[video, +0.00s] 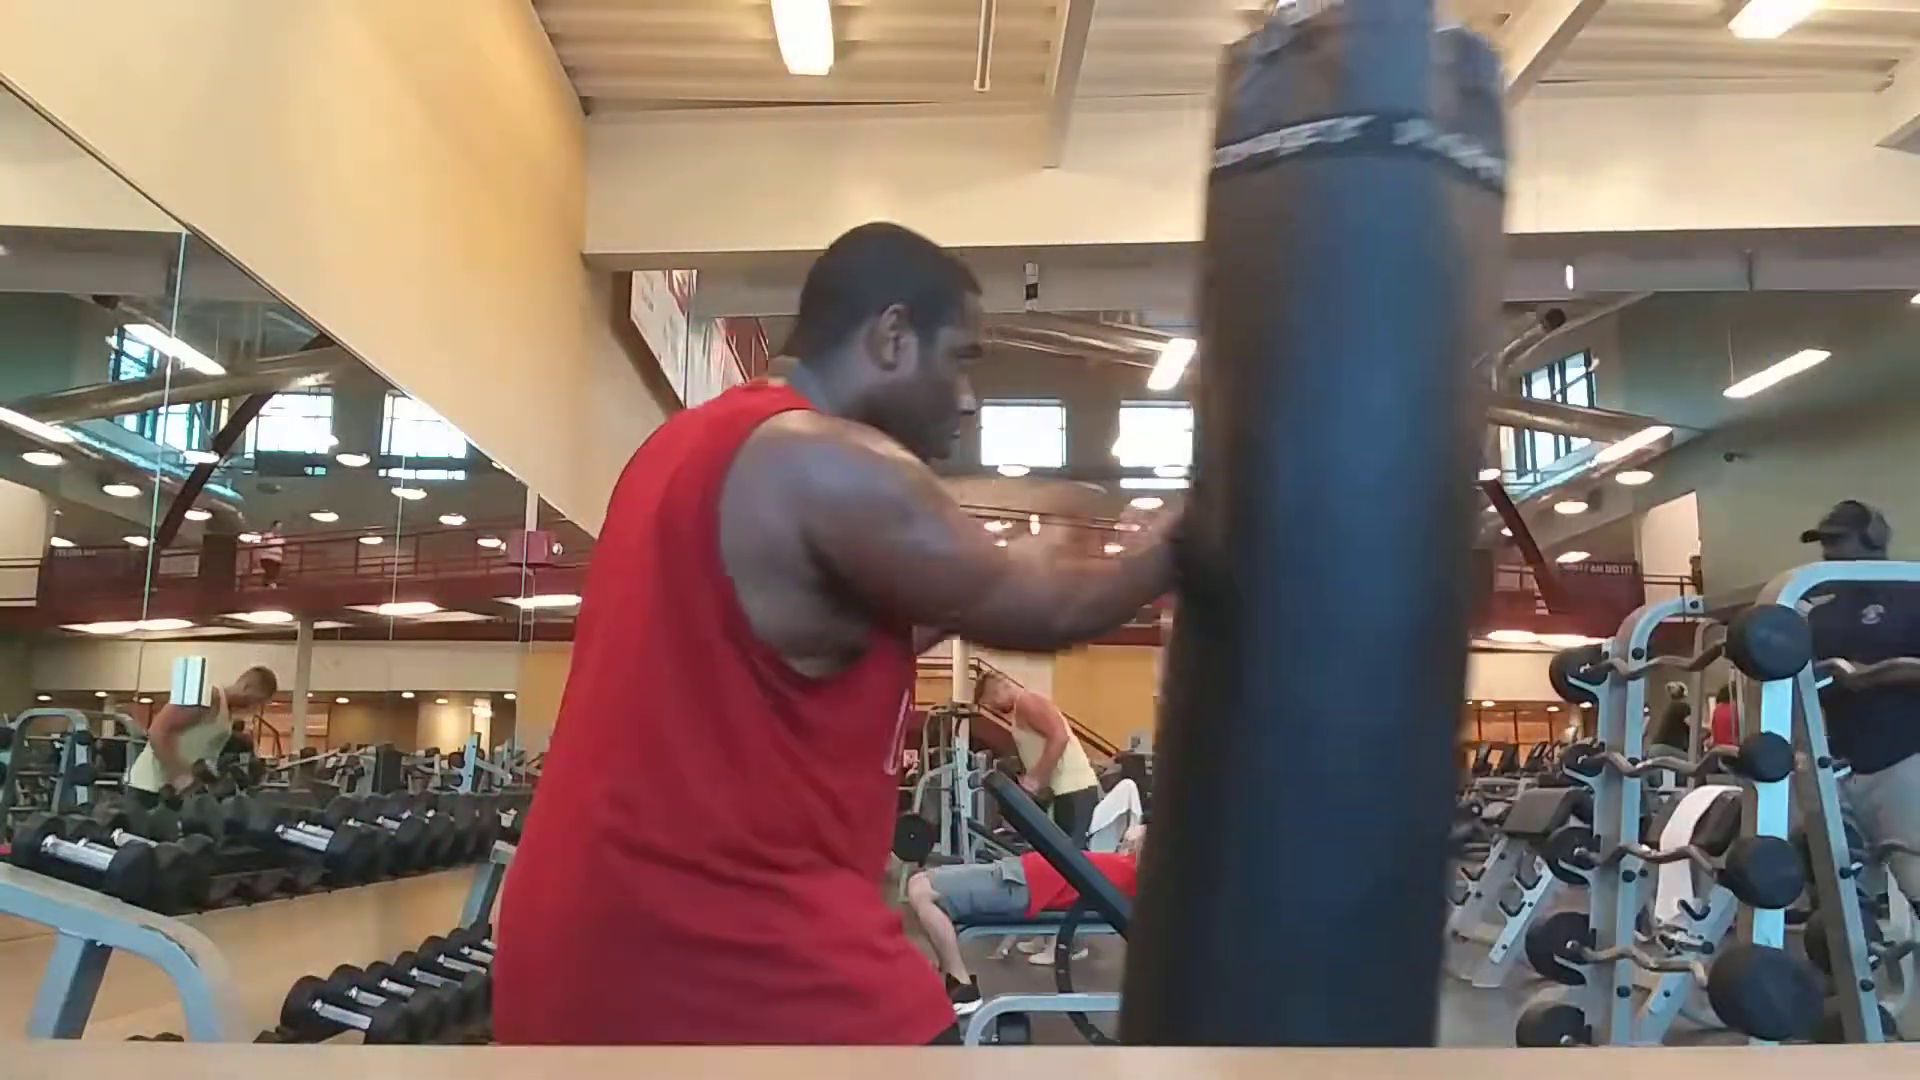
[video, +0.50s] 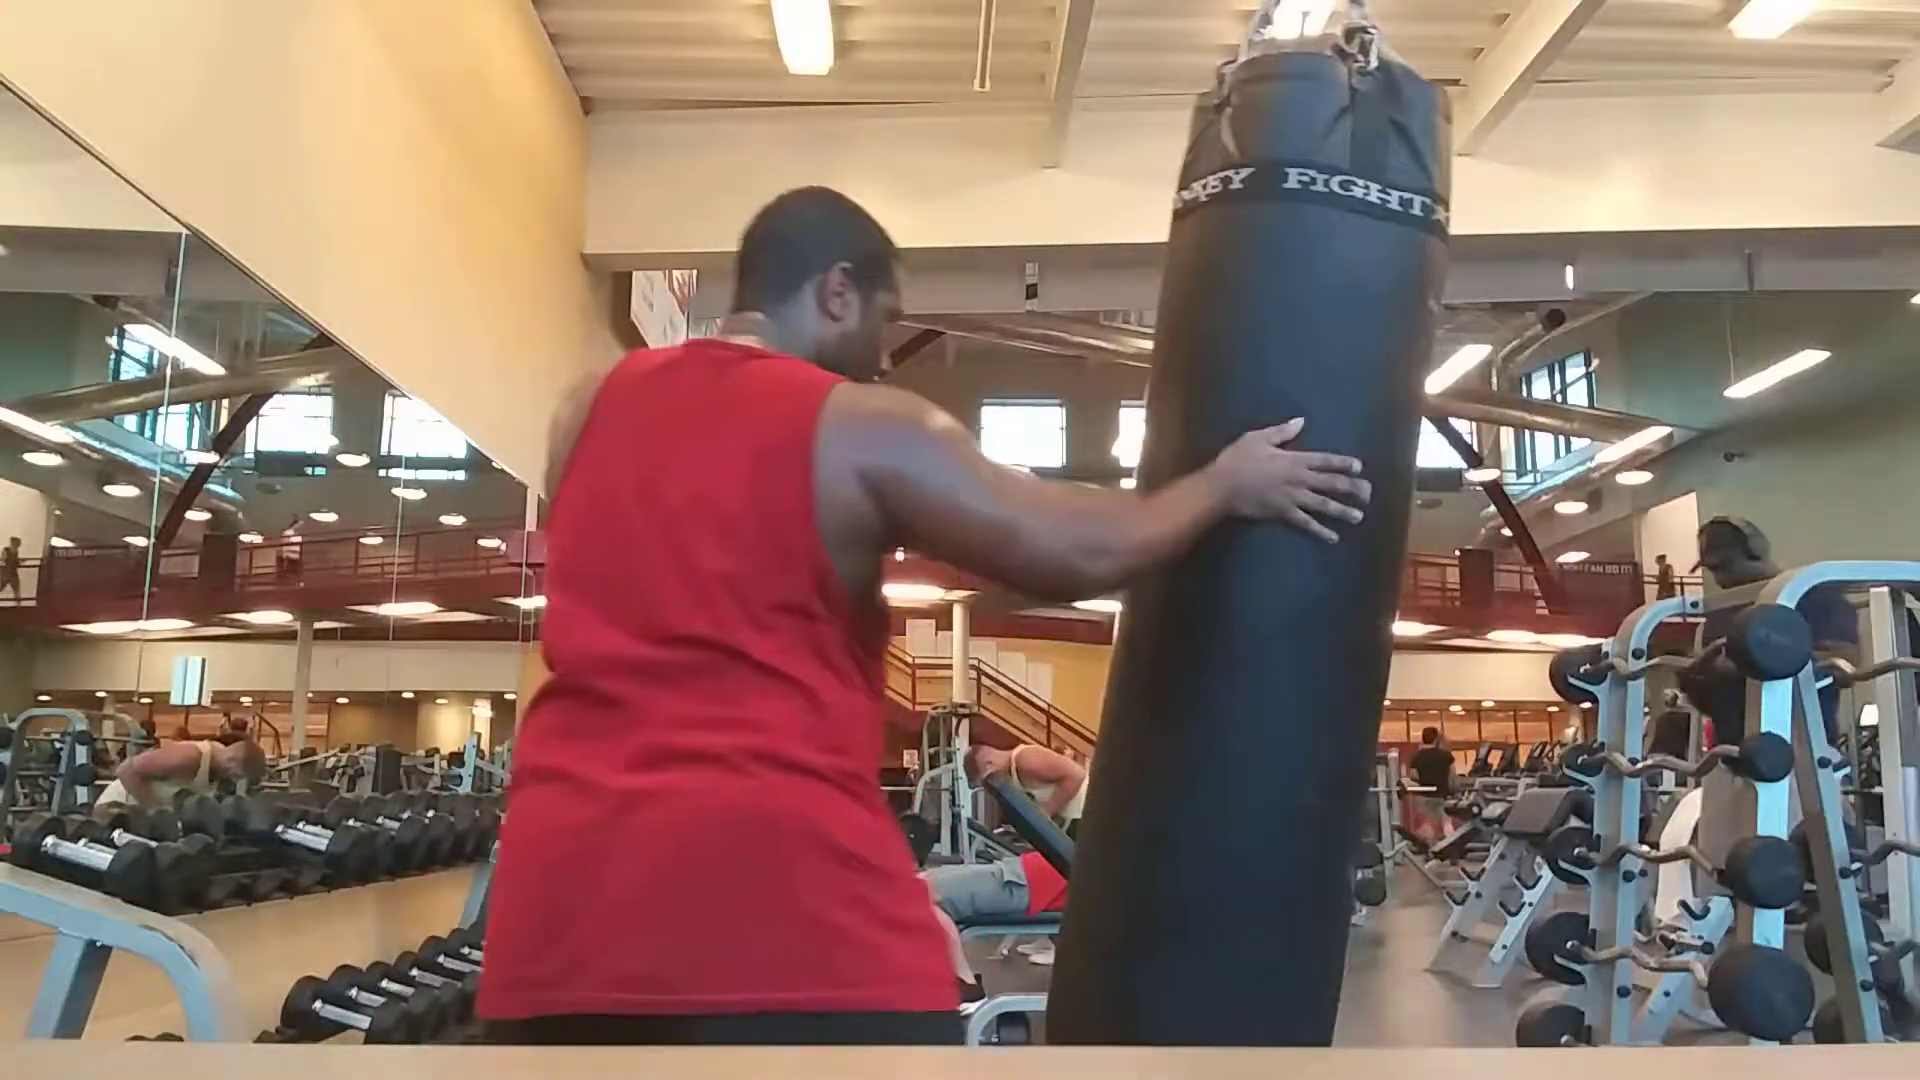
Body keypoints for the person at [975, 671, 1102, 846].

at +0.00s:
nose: (993, 708)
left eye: (991, 701)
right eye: (989, 704)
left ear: (1002, 686)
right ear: (1004, 685)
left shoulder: (1029, 703)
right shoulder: (1020, 711)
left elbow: (1059, 736)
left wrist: (1036, 777)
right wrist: (1032, 776)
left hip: (1075, 792)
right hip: (1063, 793)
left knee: (1068, 856)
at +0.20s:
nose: (984, 751)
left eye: (979, 744)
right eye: (978, 748)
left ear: (985, 727)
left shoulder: (1024, 730)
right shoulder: (1012, 744)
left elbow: (1064, 752)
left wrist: (1046, 795)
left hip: (1086, 797)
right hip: (1067, 798)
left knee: (1080, 859)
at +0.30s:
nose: (986, 760)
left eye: (984, 753)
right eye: (981, 758)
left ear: (991, 736)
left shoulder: (1023, 741)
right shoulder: (1008, 762)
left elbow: (1069, 759)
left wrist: (1047, 800)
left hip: (1089, 800)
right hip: (1067, 804)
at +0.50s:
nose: (991, 784)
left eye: (988, 778)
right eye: (986, 783)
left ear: (990, 764)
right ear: (989, 763)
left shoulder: (1026, 758)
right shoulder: (1014, 776)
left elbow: (1075, 775)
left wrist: (1047, 811)